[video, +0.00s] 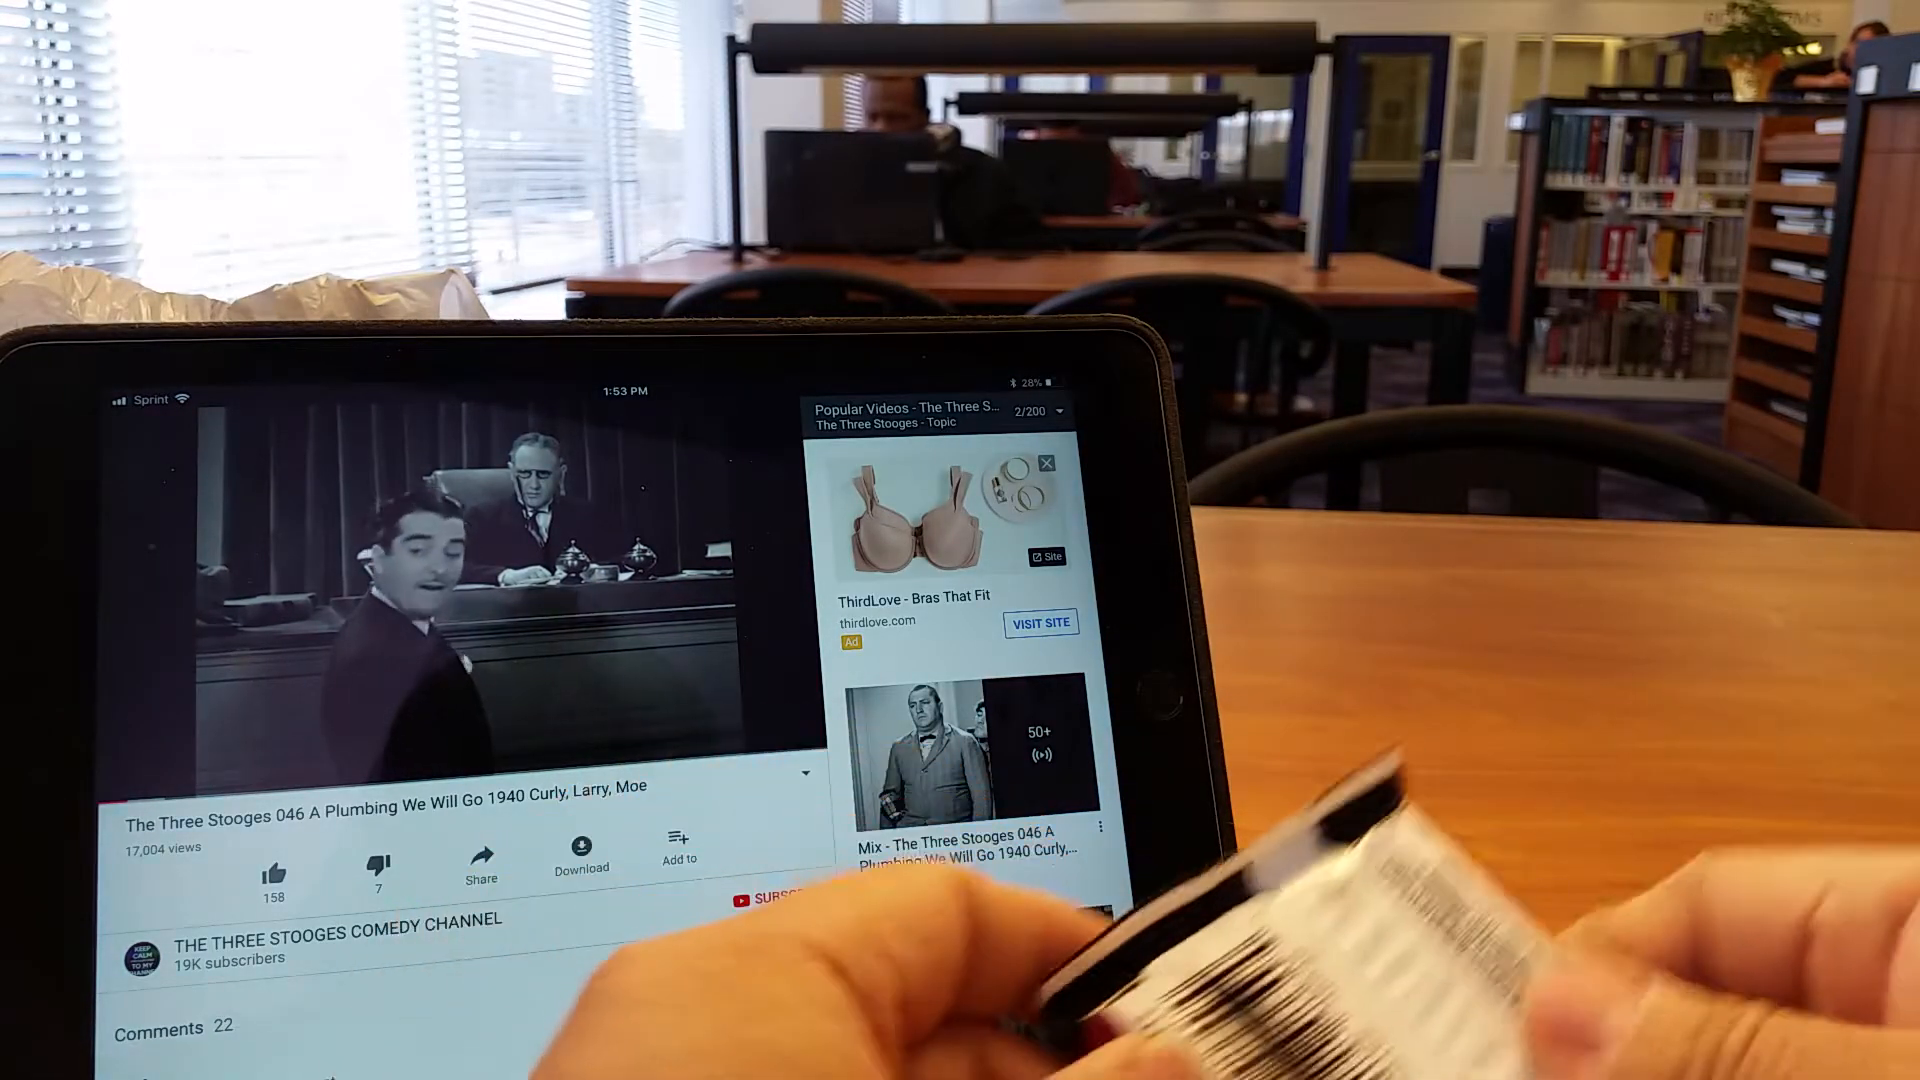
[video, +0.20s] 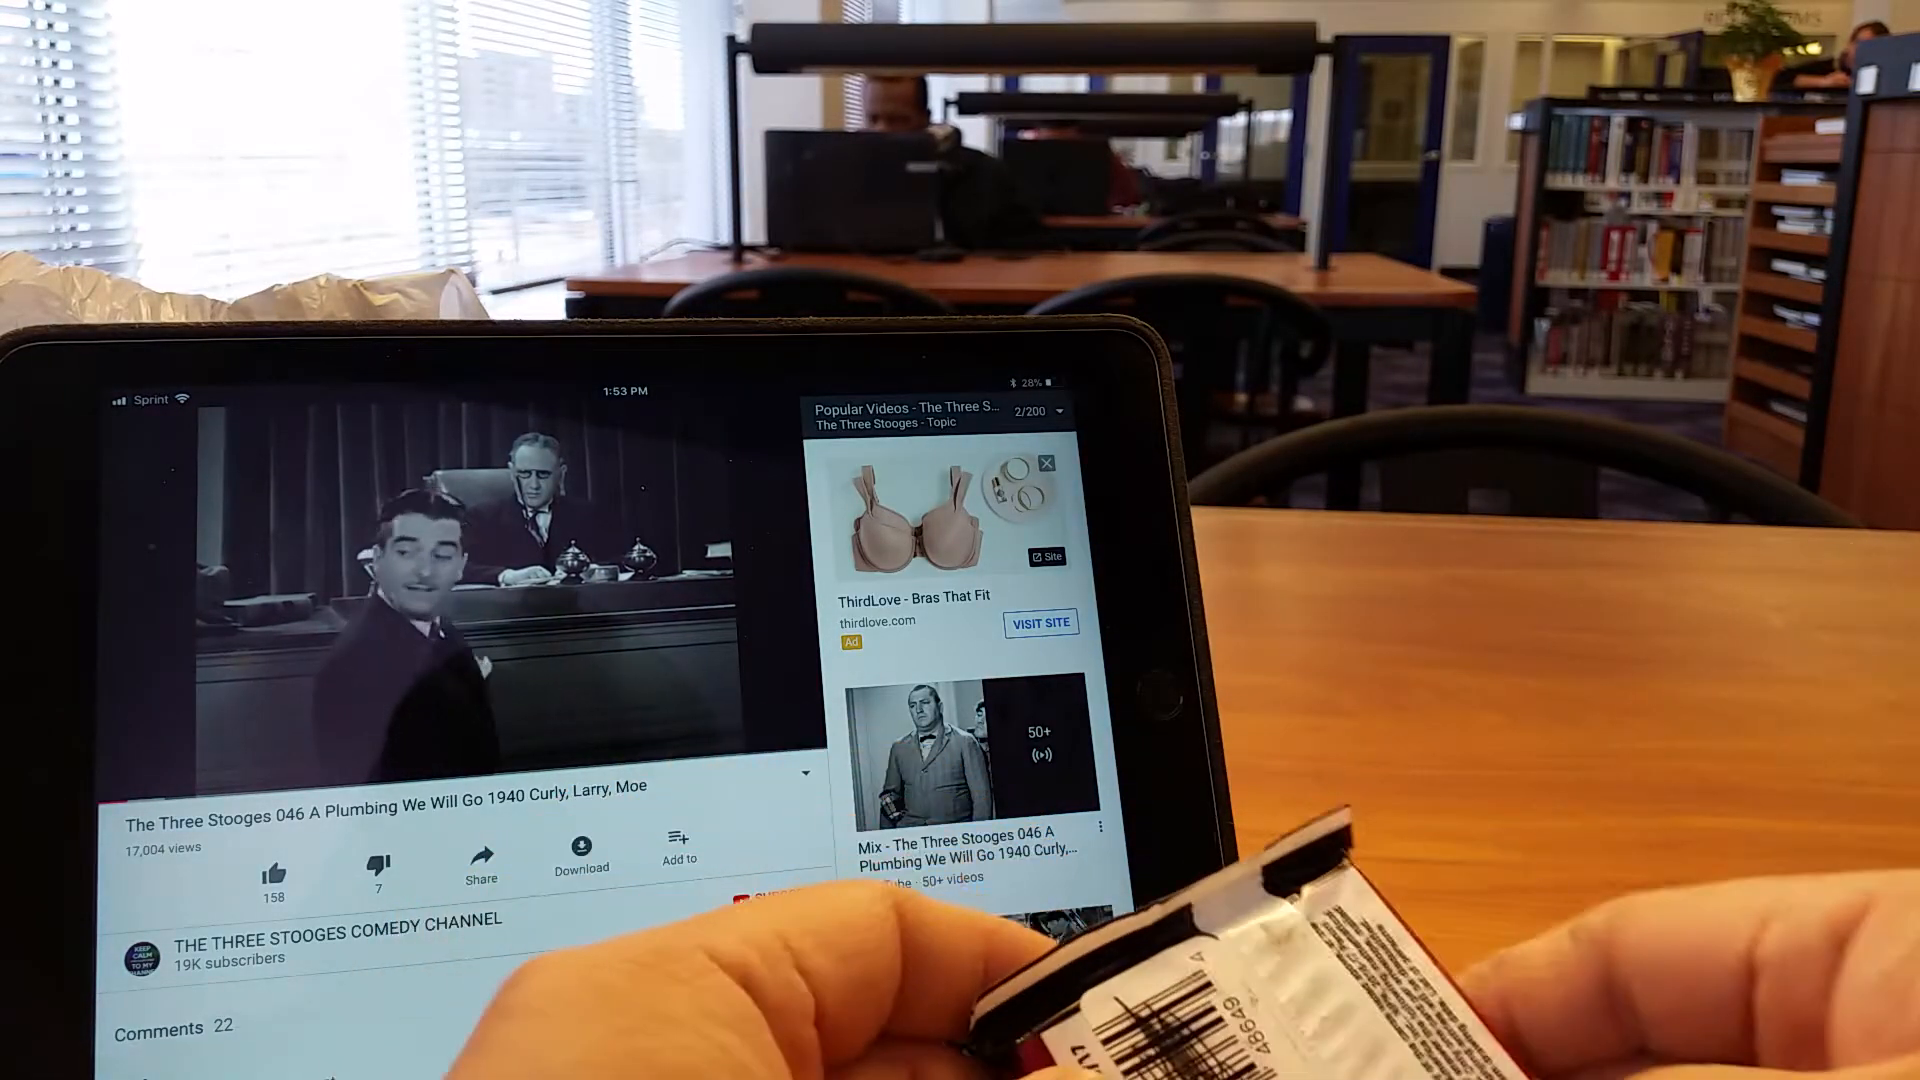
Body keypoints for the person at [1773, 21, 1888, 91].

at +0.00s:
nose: (1860, 51)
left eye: (1868, 46)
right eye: (1858, 43)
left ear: (1880, 51)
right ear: (1849, 44)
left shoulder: (1884, 78)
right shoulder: (1828, 68)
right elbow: (1780, 80)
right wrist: (1825, 82)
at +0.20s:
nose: (1860, 51)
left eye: (1868, 46)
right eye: (1858, 43)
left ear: (1880, 51)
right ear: (1849, 44)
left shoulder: (1884, 78)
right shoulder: (1829, 68)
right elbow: (1780, 80)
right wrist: (1825, 82)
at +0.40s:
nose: (1860, 50)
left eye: (1868, 45)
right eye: (1857, 43)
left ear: (1880, 50)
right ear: (1849, 44)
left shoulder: (1884, 78)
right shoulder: (1828, 68)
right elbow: (1780, 80)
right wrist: (1824, 82)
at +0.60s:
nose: (1859, 50)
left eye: (1867, 45)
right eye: (1857, 43)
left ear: (1880, 50)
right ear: (1849, 44)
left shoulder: (1884, 78)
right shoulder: (1829, 68)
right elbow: (1781, 80)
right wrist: (1825, 82)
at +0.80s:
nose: (1860, 50)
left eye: (1868, 45)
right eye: (1857, 43)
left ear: (1880, 50)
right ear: (1849, 44)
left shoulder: (1884, 78)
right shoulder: (1829, 68)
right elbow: (1781, 80)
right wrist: (1824, 82)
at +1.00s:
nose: (1860, 50)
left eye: (1868, 45)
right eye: (1857, 43)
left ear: (1880, 50)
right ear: (1849, 44)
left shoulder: (1884, 78)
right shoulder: (1829, 68)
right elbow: (1780, 80)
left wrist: (1856, 84)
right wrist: (1824, 82)